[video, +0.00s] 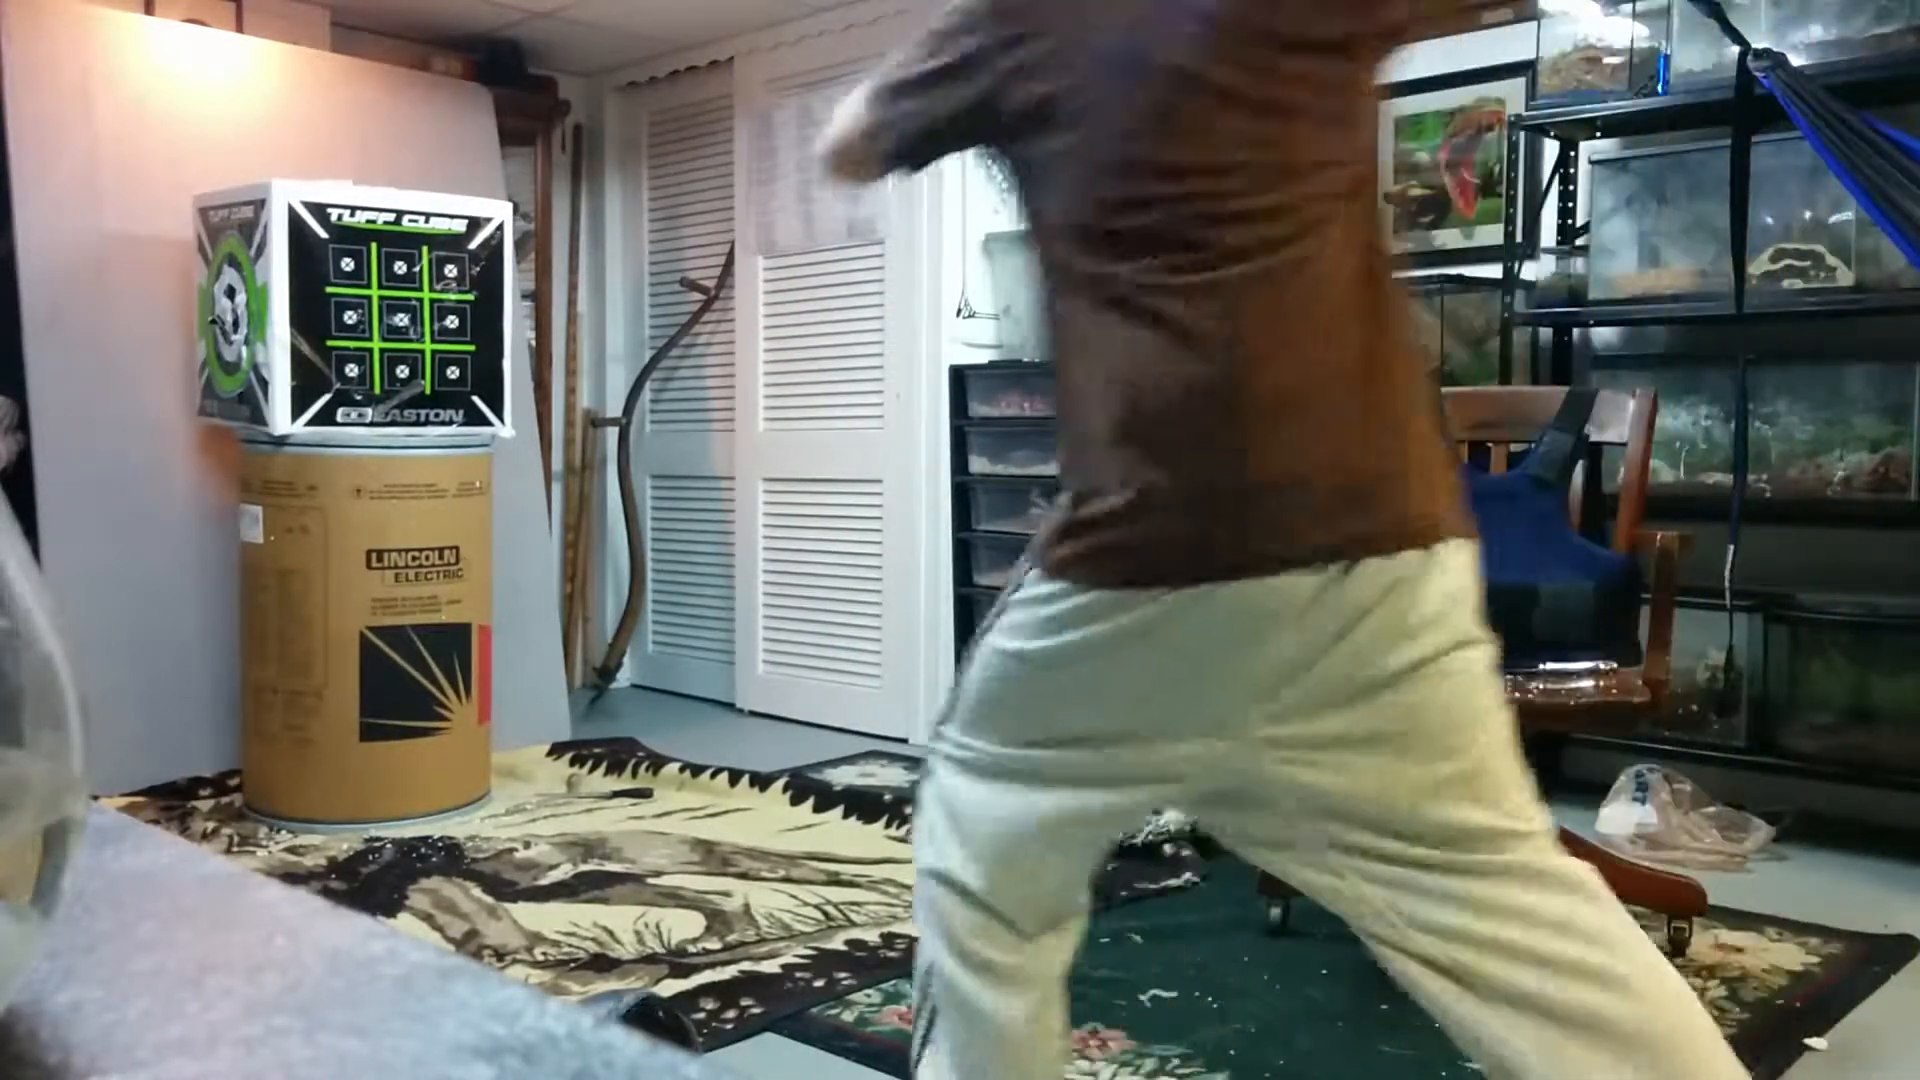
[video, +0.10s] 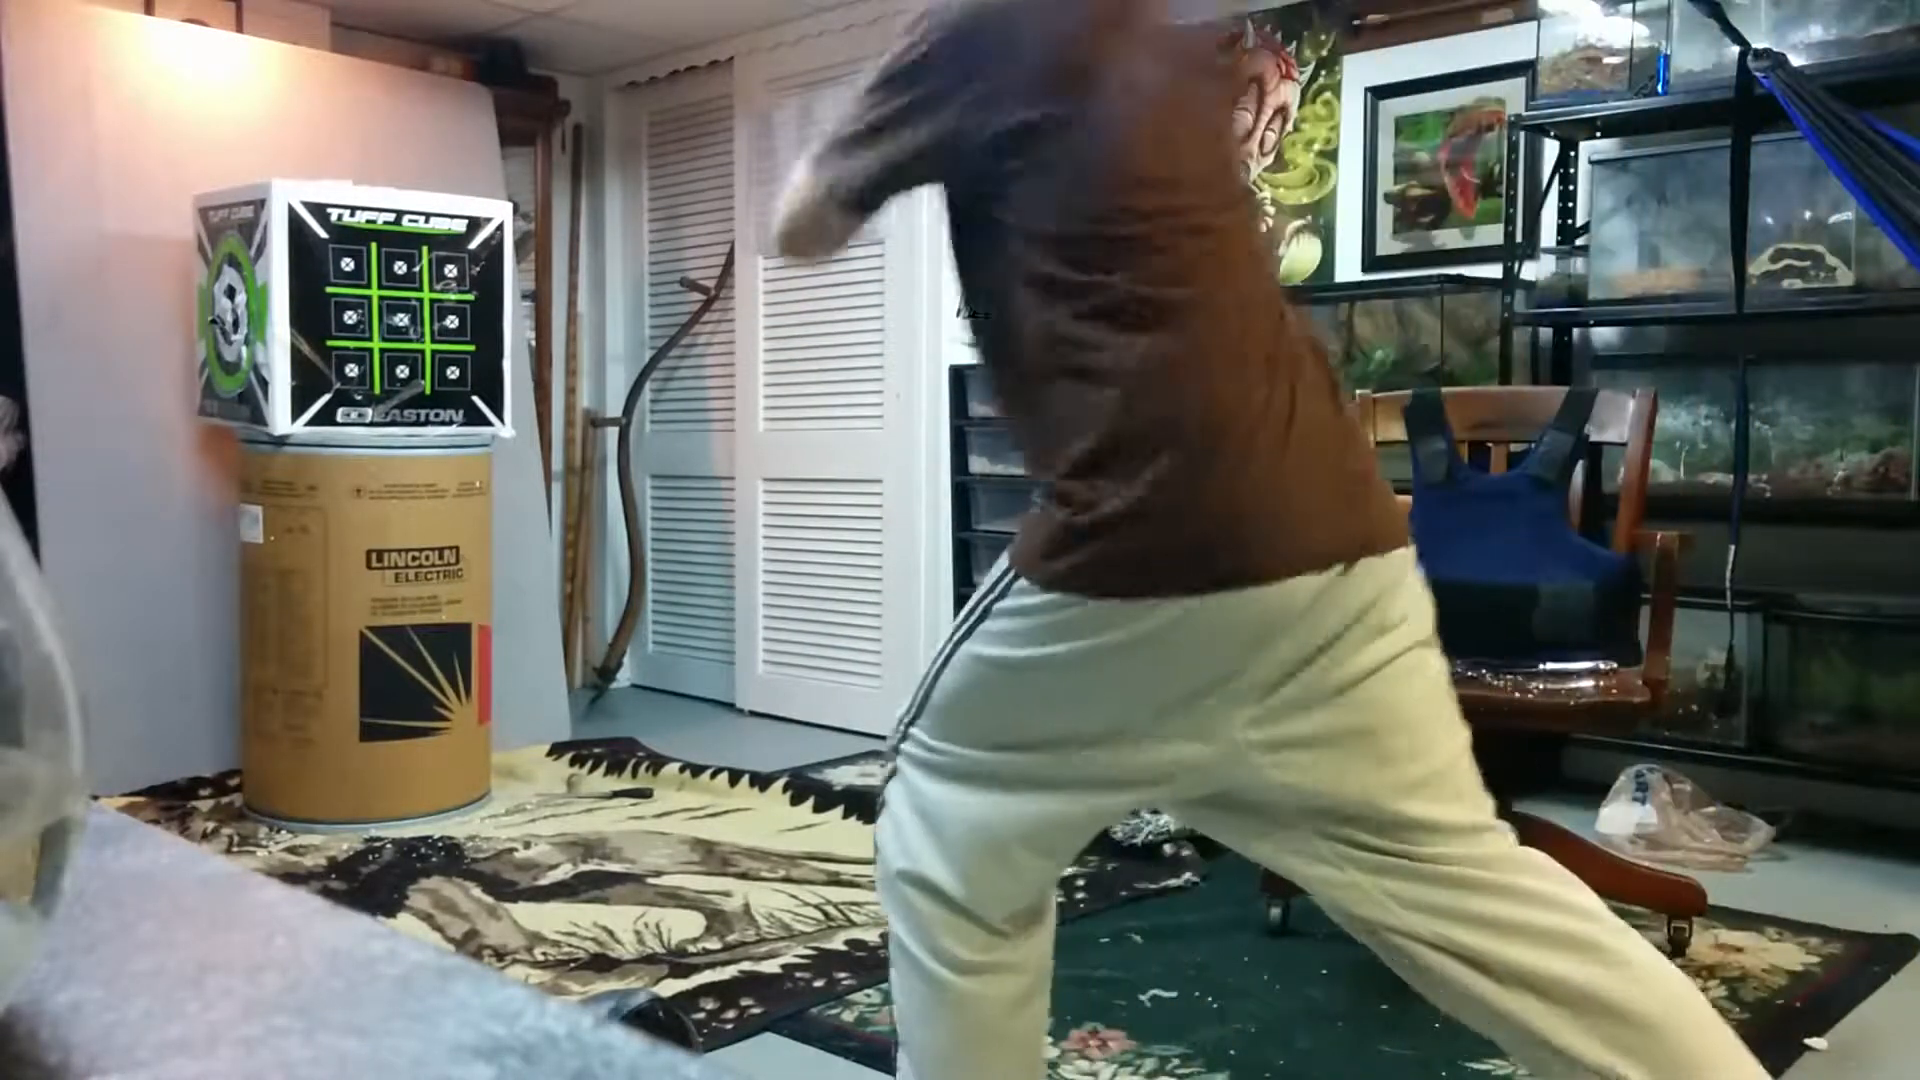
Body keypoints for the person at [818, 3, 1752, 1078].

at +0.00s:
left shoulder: (1019, 22)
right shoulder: (1330, 4)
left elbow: (850, 149)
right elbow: (1503, 2)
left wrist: (923, 72)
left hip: (1160, 509)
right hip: (1388, 490)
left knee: (993, 806)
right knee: (1494, 869)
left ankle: (989, 1059)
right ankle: (1699, 1068)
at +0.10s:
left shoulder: (981, 34)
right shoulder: (1193, 37)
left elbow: (804, 229)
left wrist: (842, 153)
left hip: (1152, 518)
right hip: (1335, 504)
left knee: (955, 835)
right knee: (1455, 868)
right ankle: (1728, 1066)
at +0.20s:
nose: (866, 49)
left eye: (868, 34)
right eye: (863, 40)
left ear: (898, 16)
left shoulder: (971, 50)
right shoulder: (1105, 105)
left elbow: (823, 304)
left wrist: (903, 206)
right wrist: (918, 213)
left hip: (1154, 512)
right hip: (1323, 498)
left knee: (954, 816)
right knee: (1442, 862)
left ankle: (964, 1060)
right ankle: (1698, 1062)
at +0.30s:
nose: (776, 54)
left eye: (778, 25)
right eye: (774, 35)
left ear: (838, 2)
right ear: (888, 5)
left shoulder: (938, 67)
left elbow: (820, 329)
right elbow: (885, 452)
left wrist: (841, 239)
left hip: (1145, 513)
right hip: (1301, 491)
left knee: (946, 825)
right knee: (1427, 851)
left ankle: (973, 1074)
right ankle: (1701, 1076)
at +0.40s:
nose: (747, 72)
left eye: (749, 38)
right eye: (745, 47)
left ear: (805, 15)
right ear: (858, 20)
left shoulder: (905, 76)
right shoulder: (980, 119)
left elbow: (798, 336)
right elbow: (944, 442)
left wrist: (814, 231)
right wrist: (849, 621)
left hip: (1140, 509)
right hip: (1292, 484)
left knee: (952, 834)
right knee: (1416, 841)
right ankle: (1710, 1070)